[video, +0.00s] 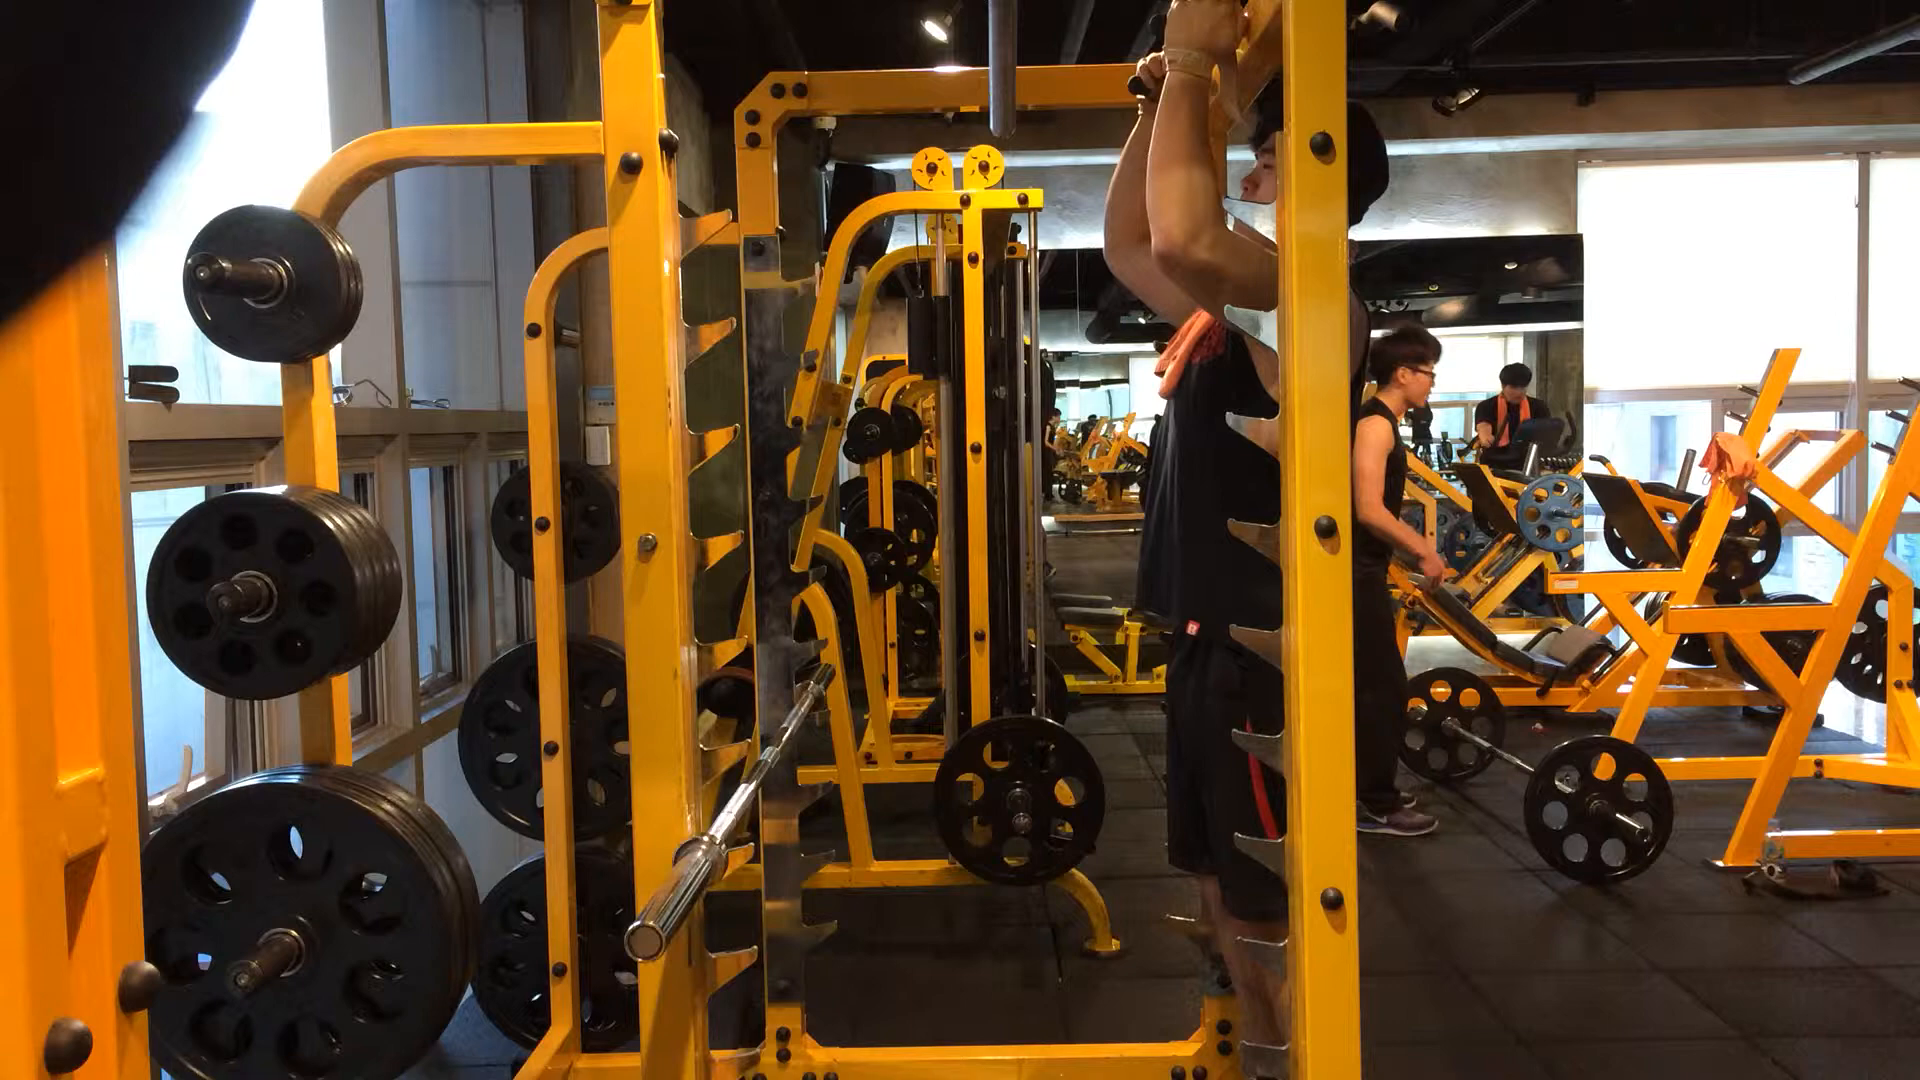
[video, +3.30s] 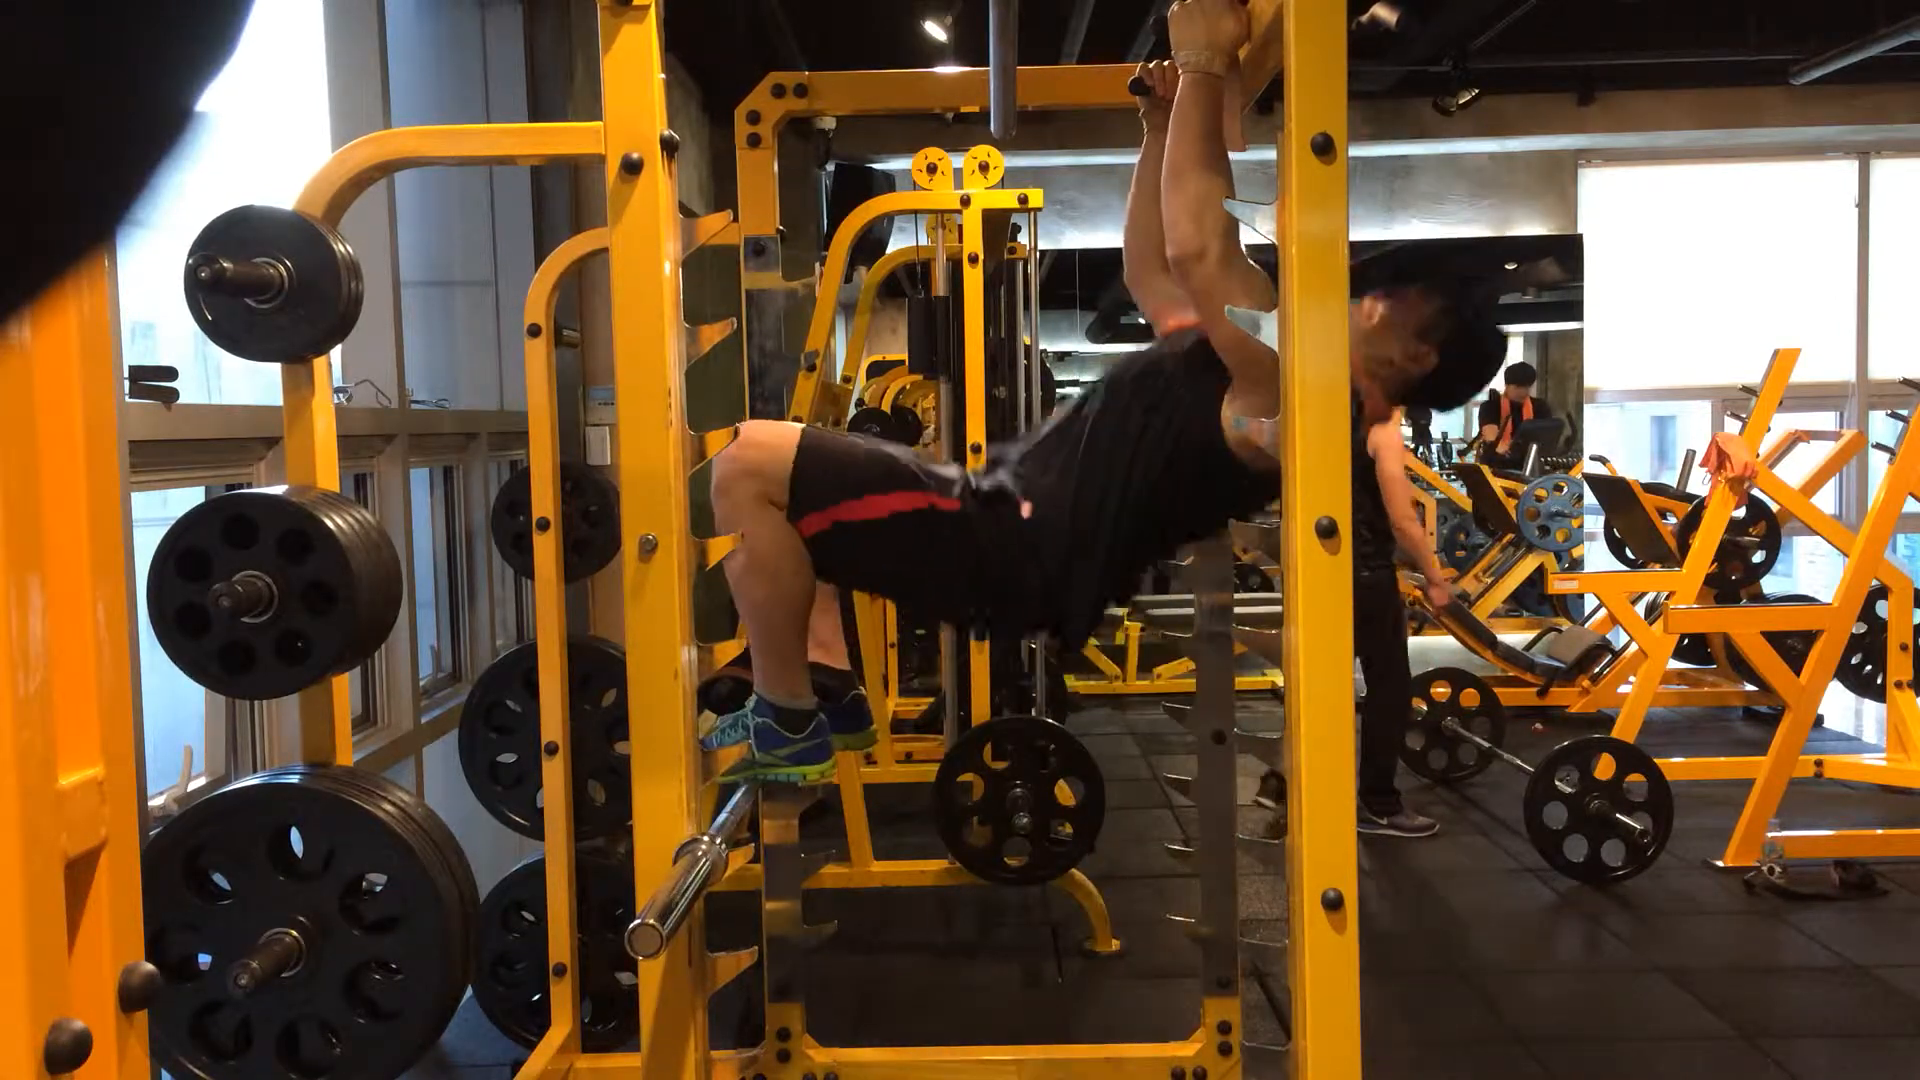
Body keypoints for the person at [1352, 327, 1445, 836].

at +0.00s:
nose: (1432, 383)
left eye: (1432, 374)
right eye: (1427, 373)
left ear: (1400, 374)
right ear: (1401, 373)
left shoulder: (1383, 423)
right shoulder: (1375, 426)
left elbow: (1378, 511)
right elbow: (1369, 510)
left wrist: (1421, 550)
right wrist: (1425, 549)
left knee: (1379, 680)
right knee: (1384, 683)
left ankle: (1376, 788)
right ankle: (1376, 801)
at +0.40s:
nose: (1468, 444)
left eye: (1474, 438)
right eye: (1472, 434)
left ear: (1450, 412)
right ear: (1454, 411)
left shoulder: (1404, 438)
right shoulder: (1411, 446)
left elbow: (1380, 526)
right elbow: (1400, 532)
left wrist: (1398, 587)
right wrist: (1432, 595)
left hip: (1351, 576)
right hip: (1349, 580)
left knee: (1374, 684)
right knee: (1379, 686)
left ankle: (1374, 792)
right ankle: (1377, 801)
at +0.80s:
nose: (1489, 501)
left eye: (1498, 498)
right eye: (1497, 494)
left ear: (1489, 467)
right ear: (1491, 470)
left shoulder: (1430, 472)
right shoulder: (1440, 483)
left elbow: (1394, 559)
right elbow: (1419, 567)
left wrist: (1404, 623)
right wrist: (1437, 638)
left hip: (1349, 582)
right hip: (1345, 587)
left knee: (1381, 686)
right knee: (1384, 689)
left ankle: (1374, 794)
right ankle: (1376, 803)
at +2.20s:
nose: (1484, 439)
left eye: (1491, 434)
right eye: (1488, 428)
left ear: (1470, 408)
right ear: (1471, 408)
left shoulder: (1419, 435)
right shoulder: (1426, 445)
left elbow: (1391, 535)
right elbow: (1404, 530)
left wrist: (1414, 592)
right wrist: (1437, 591)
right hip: (1359, 576)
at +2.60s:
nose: (1442, 387)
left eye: (1444, 377)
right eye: (1439, 375)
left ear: (1421, 374)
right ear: (1418, 370)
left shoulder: (1391, 418)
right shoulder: (1395, 422)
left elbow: (1393, 510)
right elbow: (1395, 510)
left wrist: (1415, 569)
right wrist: (1433, 576)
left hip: (1370, 568)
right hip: (1372, 571)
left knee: (1379, 677)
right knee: (1388, 678)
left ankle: (1373, 791)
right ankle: (1376, 799)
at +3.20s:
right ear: (1393, 396)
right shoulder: (1389, 432)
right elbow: (1405, 516)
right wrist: (1440, 578)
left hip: (1329, 574)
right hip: (1373, 579)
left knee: (1335, 685)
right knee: (1393, 684)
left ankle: (1317, 790)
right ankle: (1379, 801)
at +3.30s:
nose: (1396, 399)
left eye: (1396, 392)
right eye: (1393, 391)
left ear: (1349, 381)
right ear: (1378, 385)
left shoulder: (1318, 423)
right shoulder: (1379, 426)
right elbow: (1401, 518)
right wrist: (1433, 576)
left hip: (1320, 574)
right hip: (1369, 577)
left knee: (1320, 688)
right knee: (1390, 689)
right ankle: (1379, 802)